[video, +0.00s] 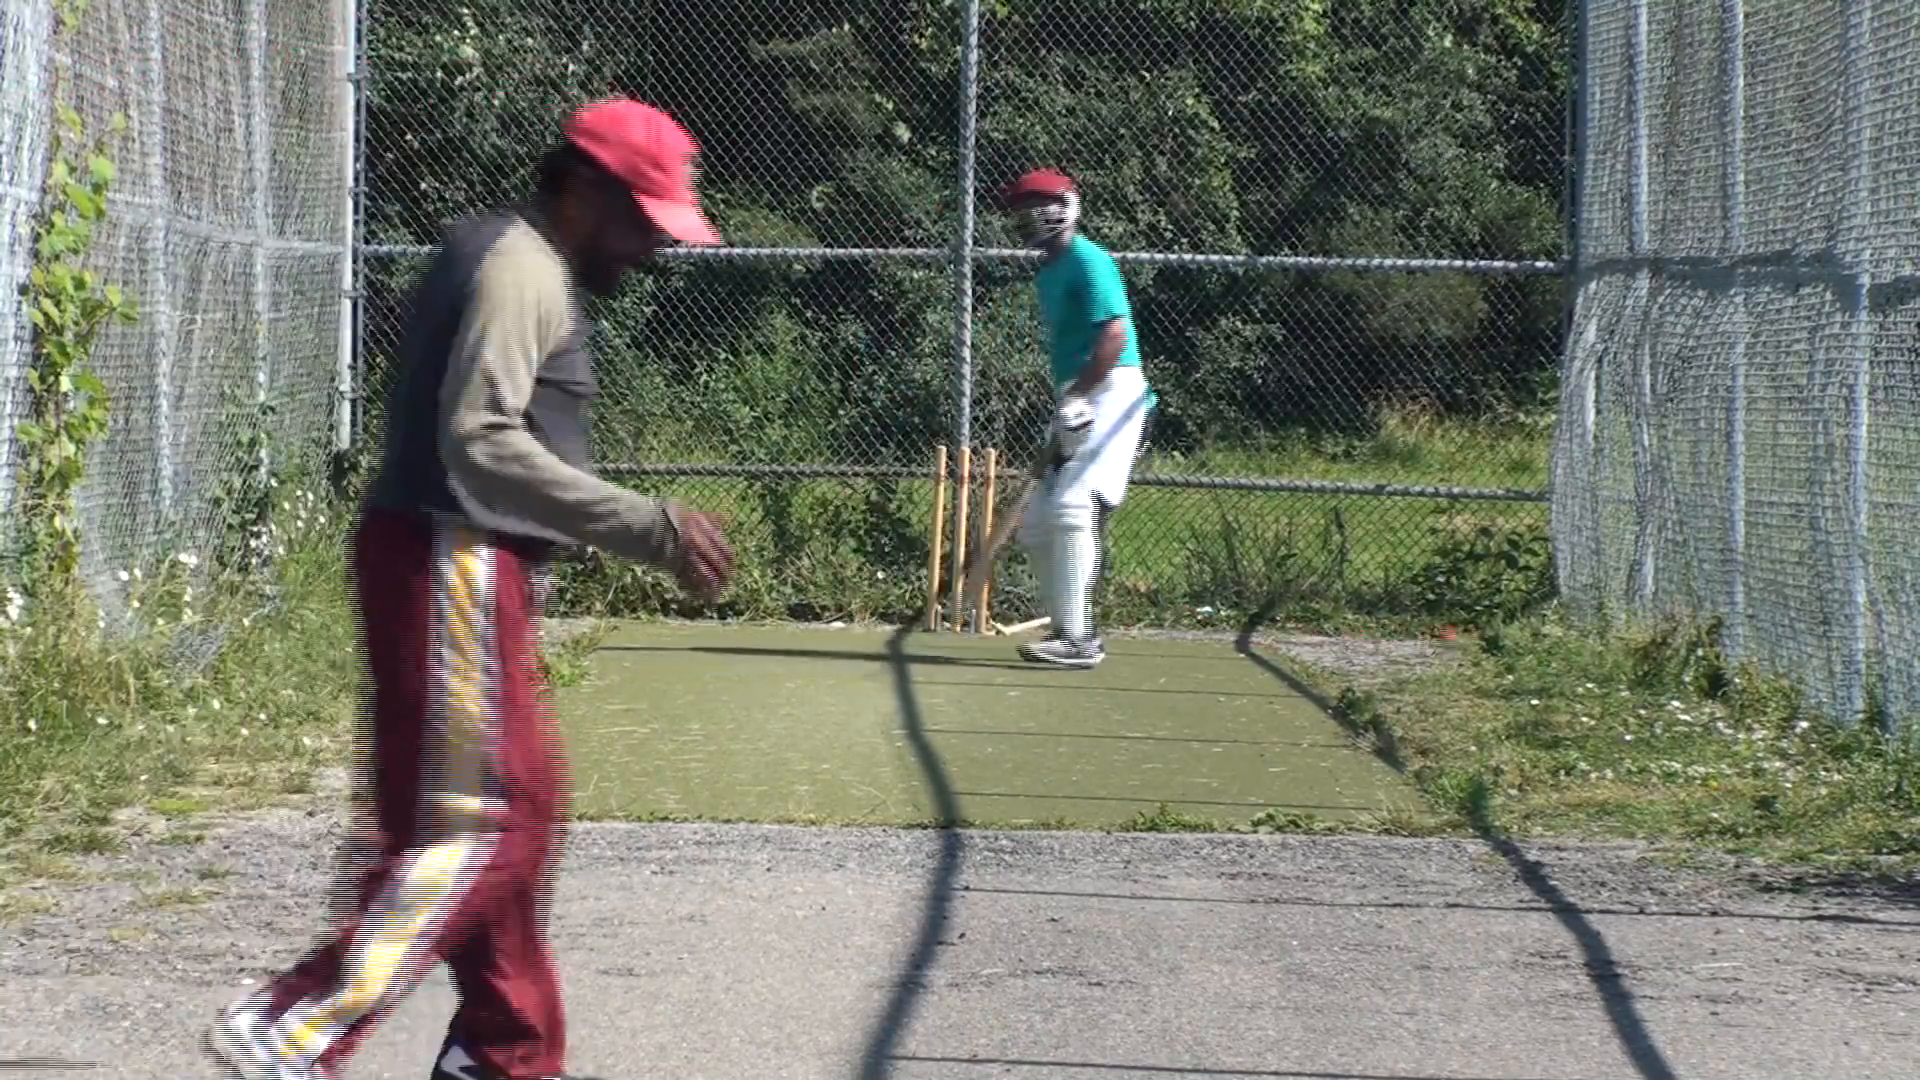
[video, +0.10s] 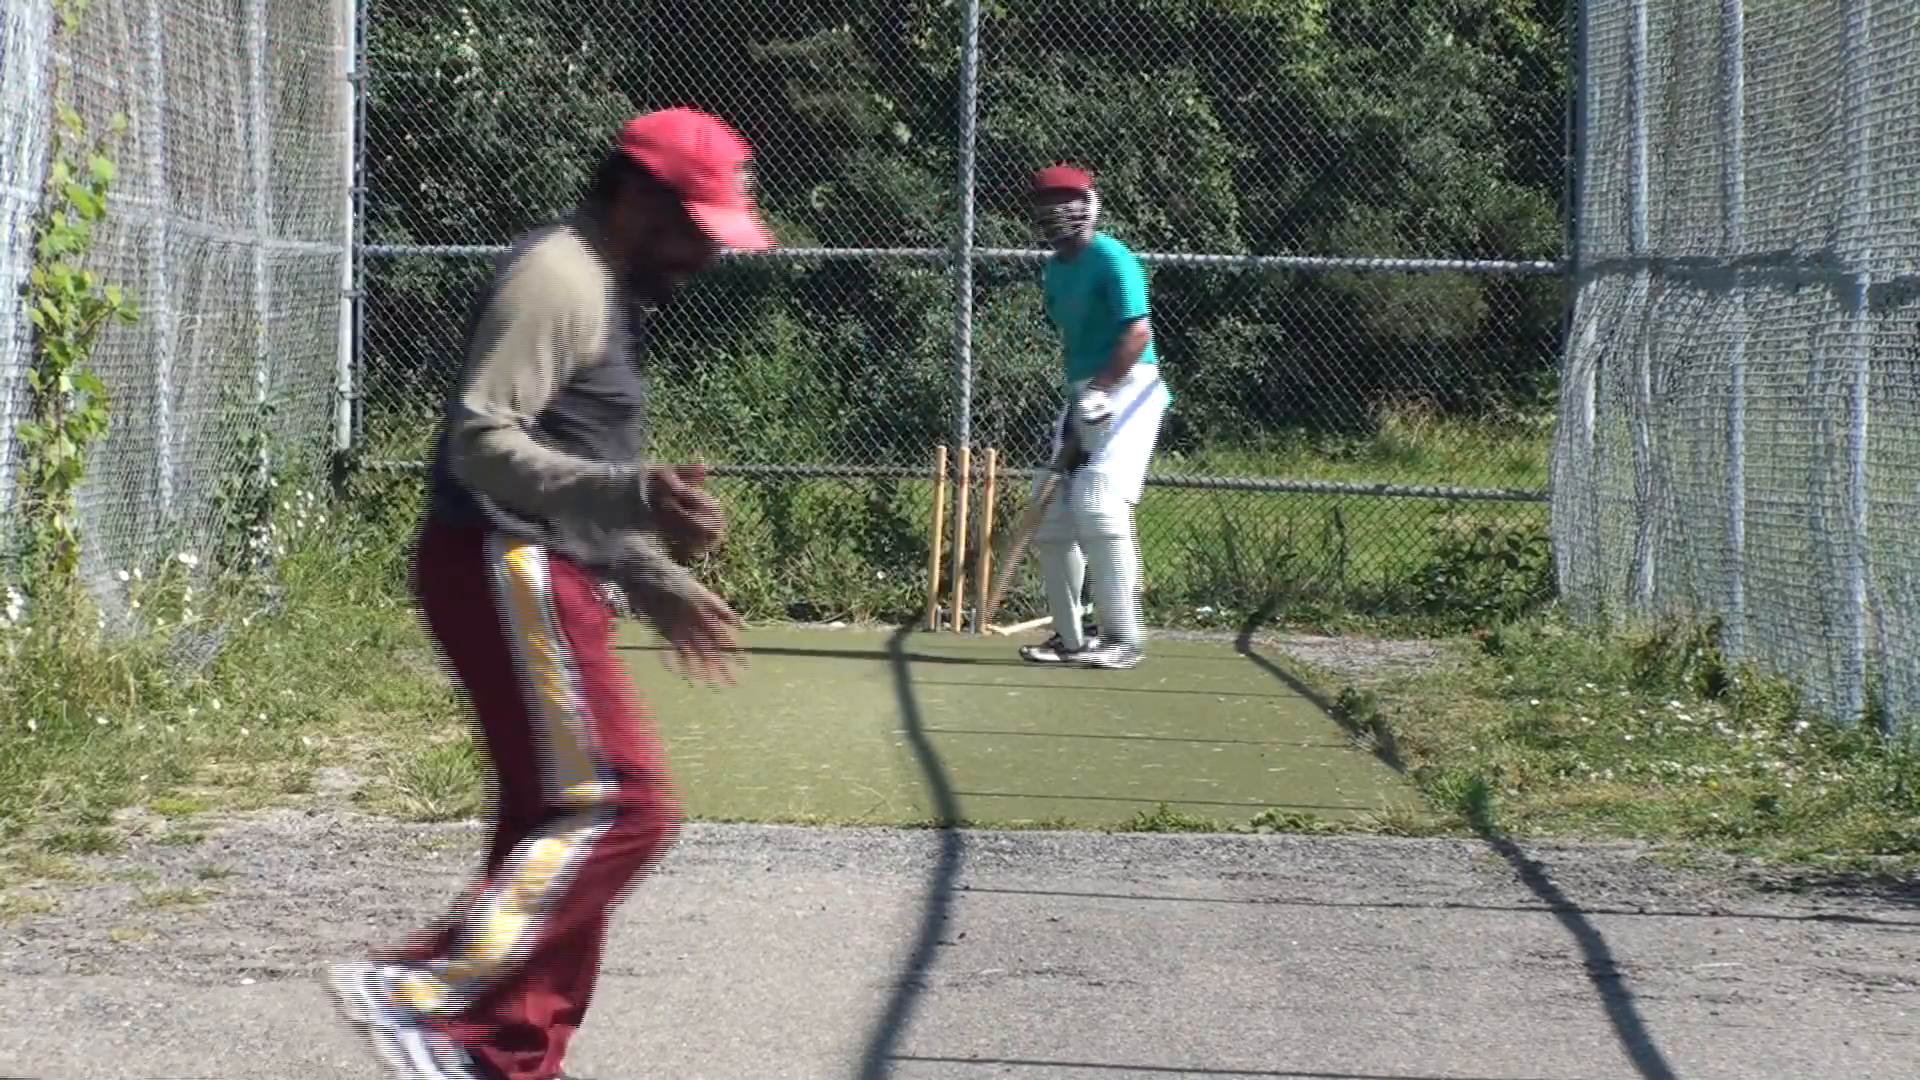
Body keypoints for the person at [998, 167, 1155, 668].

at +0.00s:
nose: (1046, 218)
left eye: (1054, 207)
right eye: (1033, 213)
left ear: (1073, 208)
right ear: (1021, 223)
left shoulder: (1088, 260)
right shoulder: (1048, 273)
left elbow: (1114, 337)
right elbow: (1070, 349)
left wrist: (1074, 399)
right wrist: (1060, 419)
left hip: (1115, 394)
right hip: (1082, 397)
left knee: (1070, 505)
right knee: (1039, 517)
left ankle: (1077, 635)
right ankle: (1066, 626)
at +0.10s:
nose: (1064, 217)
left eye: (1074, 207)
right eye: (1051, 211)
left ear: (1092, 208)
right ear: (1038, 219)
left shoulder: (1113, 259)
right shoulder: (1053, 272)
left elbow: (1137, 333)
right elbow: (1073, 341)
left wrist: (1099, 391)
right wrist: (1073, 410)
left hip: (1132, 392)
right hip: (1084, 394)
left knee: (1098, 504)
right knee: (1053, 519)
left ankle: (1122, 639)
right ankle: (1068, 636)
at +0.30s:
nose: (1110, 219)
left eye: (1119, 209)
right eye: (1098, 211)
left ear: (1133, 214)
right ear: (1081, 220)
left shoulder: (1156, 268)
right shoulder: (1080, 272)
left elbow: (1180, 351)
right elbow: (1075, 341)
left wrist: (1150, 414)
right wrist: (1050, 411)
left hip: (1164, 398)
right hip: (1109, 401)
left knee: (1153, 520)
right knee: (1059, 509)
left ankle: (1177, 640)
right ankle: (1076, 636)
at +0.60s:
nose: (1165, 211)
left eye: (1176, 203)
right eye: (1155, 202)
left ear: (1192, 210)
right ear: (1138, 206)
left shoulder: (1209, 268)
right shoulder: (1112, 263)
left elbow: (1222, 343)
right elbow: (1090, 338)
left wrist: (1215, 411)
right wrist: (1070, 400)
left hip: (1179, 393)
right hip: (1115, 393)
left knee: (1165, 514)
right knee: (1081, 506)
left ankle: (1174, 637)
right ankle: (1087, 632)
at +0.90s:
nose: (1173, 214)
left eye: (1184, 207)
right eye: (1166, 203)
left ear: (1197, 217)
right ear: (1145, 204)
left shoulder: (1209, 271)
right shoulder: (1111, 262)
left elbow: (1237, 338)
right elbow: (1082, 328)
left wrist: (1252, 403)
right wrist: (1076, 389)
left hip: (1175, 396)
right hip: (1108, 396)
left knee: (1179, 517)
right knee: (1109, 515)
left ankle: (1182, 630)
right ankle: (1102, 620)